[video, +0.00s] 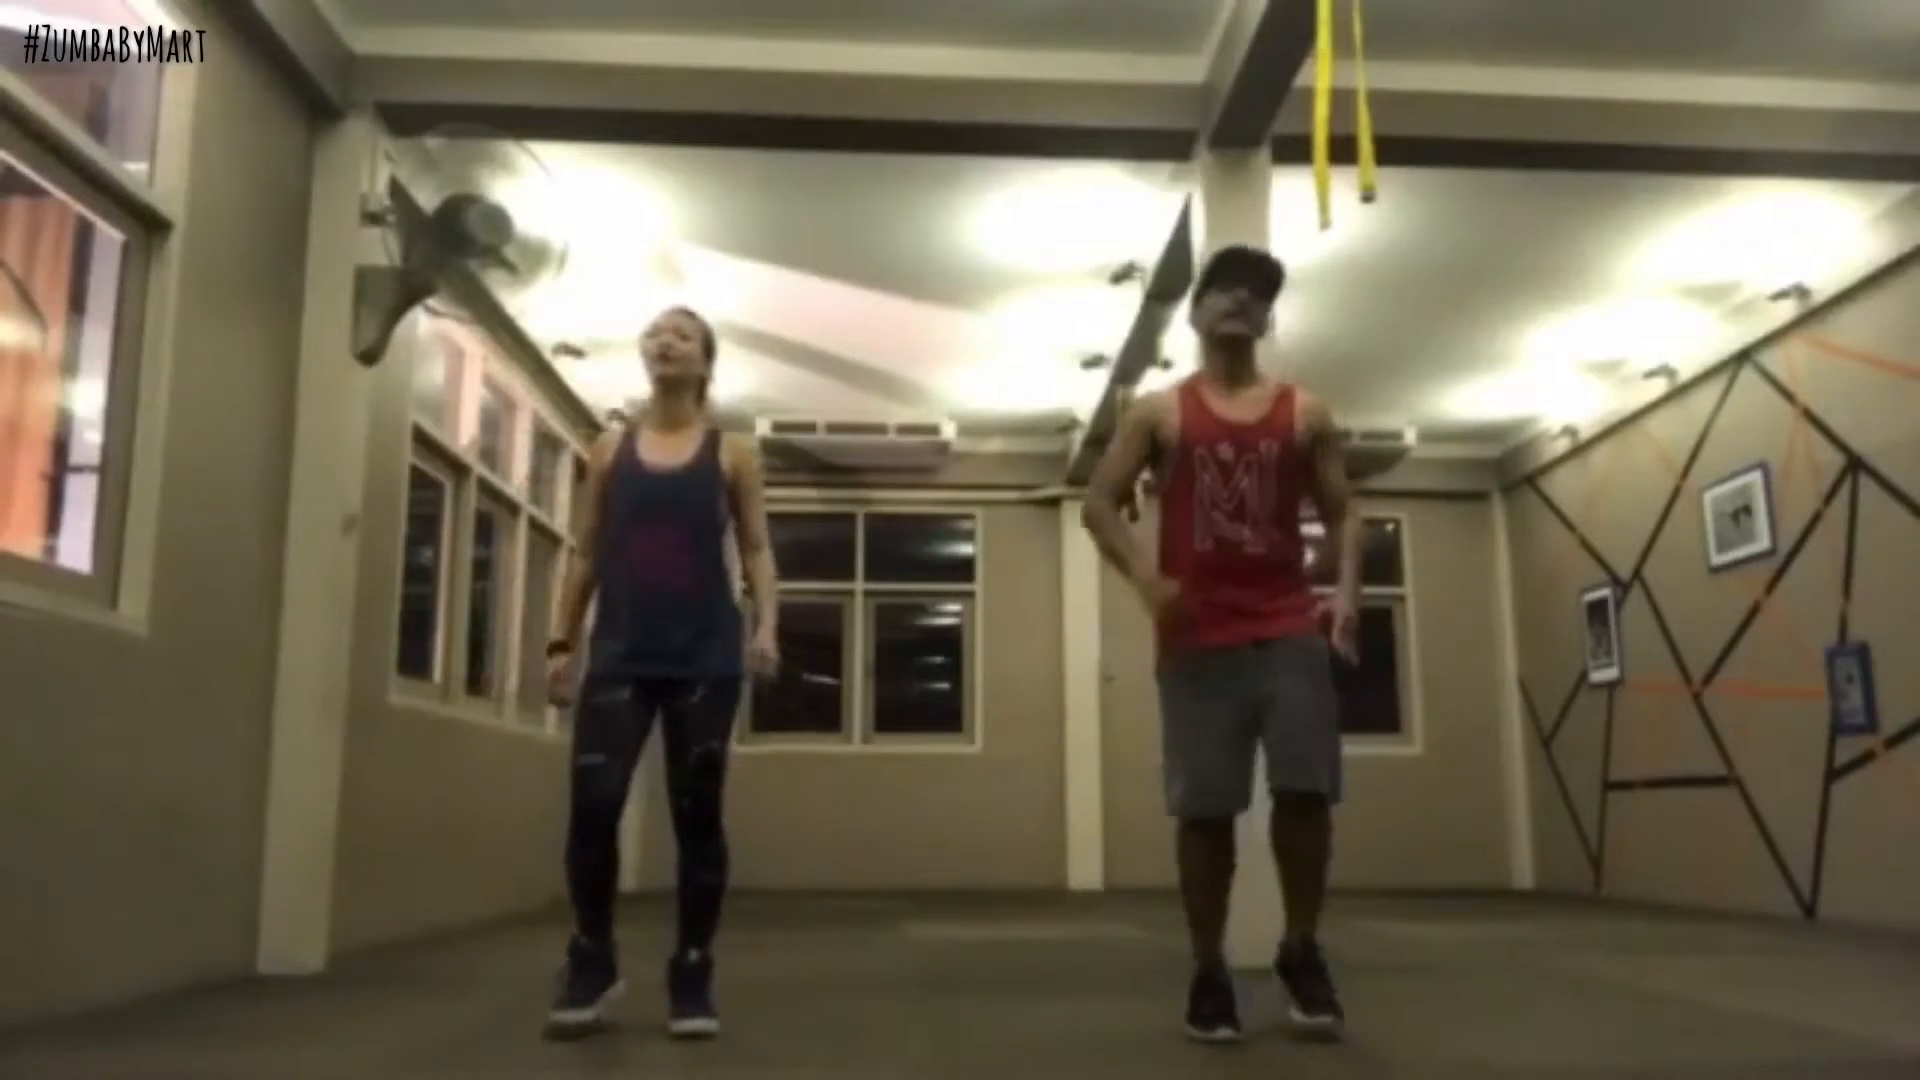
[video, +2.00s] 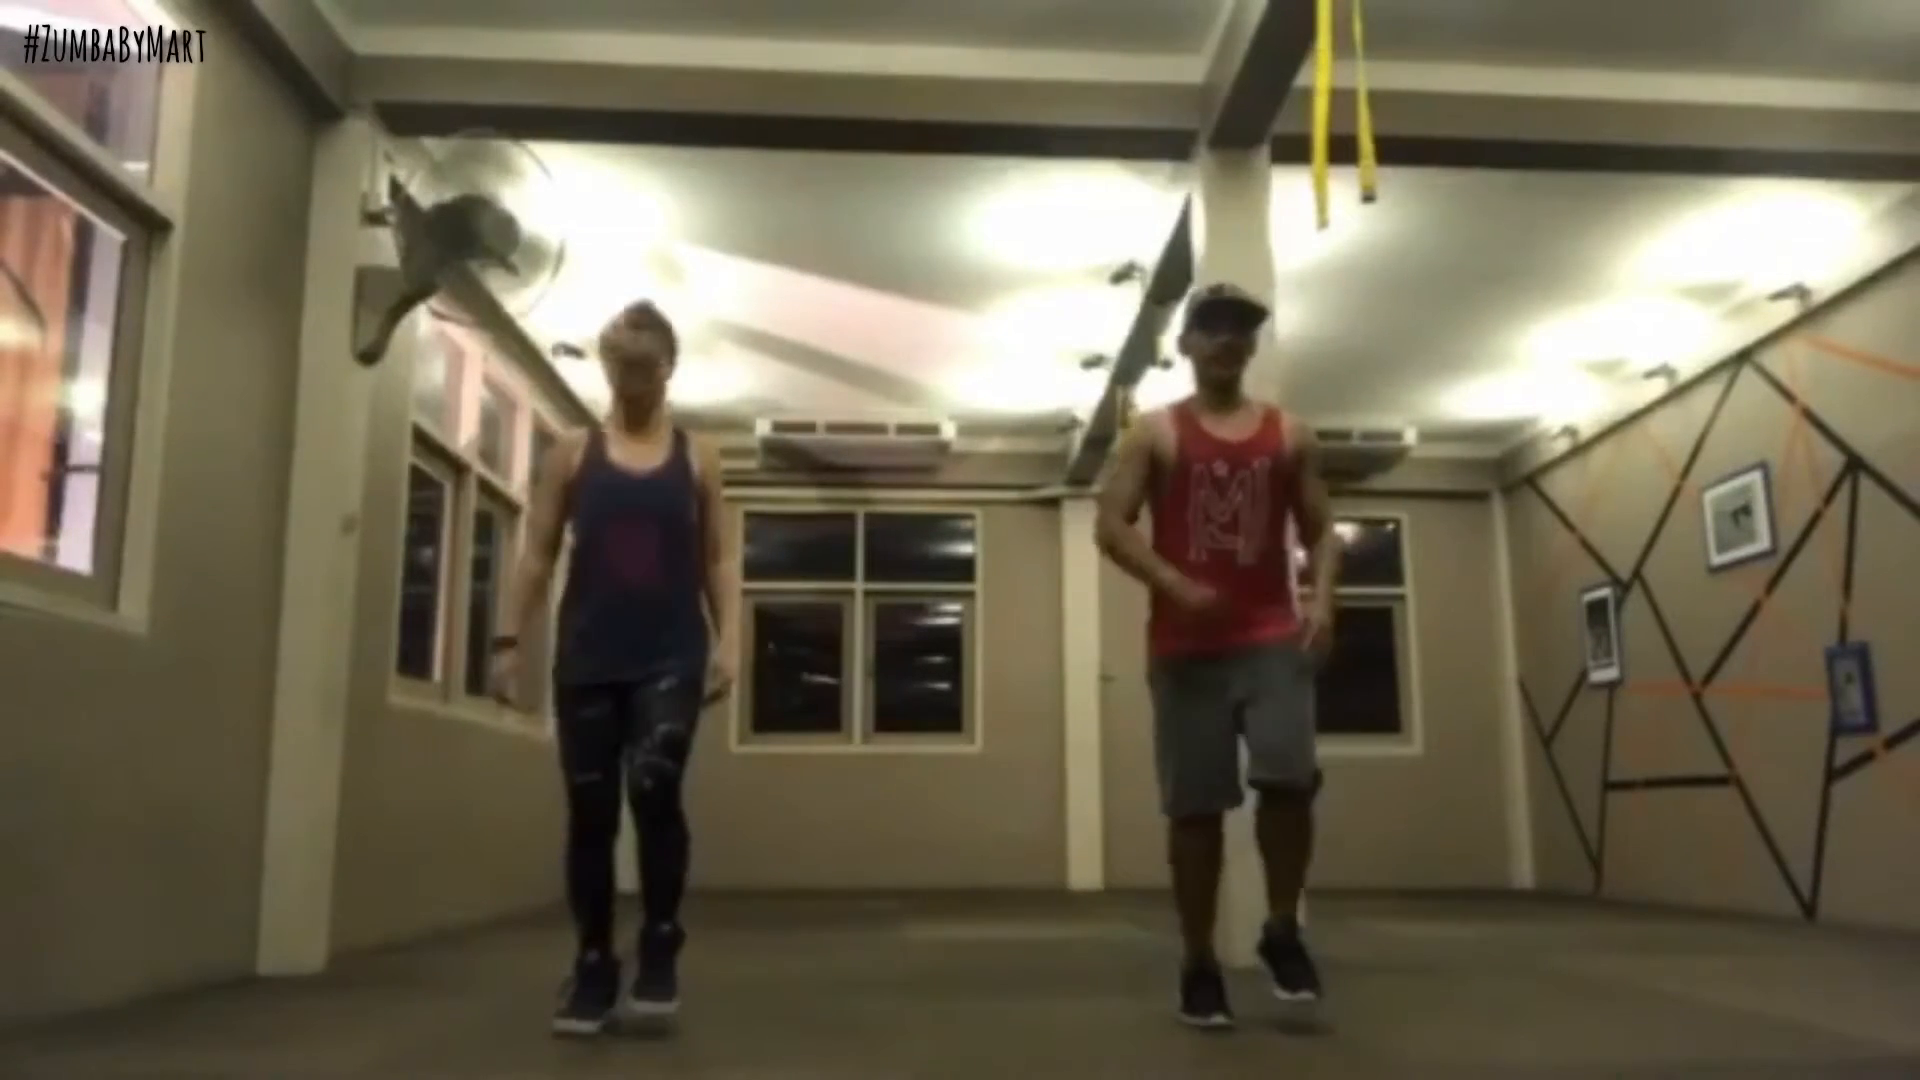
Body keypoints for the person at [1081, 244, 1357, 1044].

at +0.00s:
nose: (1235, 304)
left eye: (1250, 294)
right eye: (1221, 292)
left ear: (1269, 313)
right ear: (1195, 309)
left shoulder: (1304, 414)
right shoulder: (1159, 411)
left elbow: (1343, 511)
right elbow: (1100, 505)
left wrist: (1346, 592)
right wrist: (1147, 581)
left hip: (1292, 630)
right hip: (1199, 638)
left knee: (1305, 796)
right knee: (1205, 810)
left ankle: (1301, 951)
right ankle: (1209, 974)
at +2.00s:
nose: (1223, 344)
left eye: (1237, 332)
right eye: (1209, 332)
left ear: (1254, 343)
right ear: (1186, 342)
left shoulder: (1287, 434)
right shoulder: (1154, 433)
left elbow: (1321, 530)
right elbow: (1110, 527)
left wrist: (1320, 602)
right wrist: (1172, 582)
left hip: (1271, 639)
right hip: (1187, 647)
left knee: (1290, 784)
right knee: (1196, 808)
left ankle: (1284, 931)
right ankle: (1200, 965)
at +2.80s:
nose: (1232, 349)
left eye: (1244, 336)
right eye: (1218, 336)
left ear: (1264, 344)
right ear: (1194, 345)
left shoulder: (1294, 436)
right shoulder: (1159, 432)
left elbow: (1328, 532)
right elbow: (1094, 514)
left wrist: (1300, 549)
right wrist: (1126, 592)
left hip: (1278, 642)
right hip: (1200, 645)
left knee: (1280, 807)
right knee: (1208, 812)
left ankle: (1279, 964)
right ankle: (1199, 967)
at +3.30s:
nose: (1231, 328)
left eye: (1246, 318)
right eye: (1218, 315)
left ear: (1265, 335)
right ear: (1195, 329)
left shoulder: (1298, 429)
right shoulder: (1161, 432)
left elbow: (1346, 516)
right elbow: (1146, 535)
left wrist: (1354, 606)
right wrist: (1238, 576)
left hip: (1274, 649)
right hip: (1188, 653)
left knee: (1277, 815)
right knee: (1193, 816)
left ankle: (1282, 969)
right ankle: (1197, 967)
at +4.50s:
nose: (1238, 308)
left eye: (1252, 295)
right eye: (1223, 295)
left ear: (1271, 307)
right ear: (1199, 308)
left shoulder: (1302, 393)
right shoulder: (1166, 388)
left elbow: (1398, 434)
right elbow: (1068, 424)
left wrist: (1488, 452)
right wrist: (1086, 441)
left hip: (1270, 603)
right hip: (1189, 591)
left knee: (1251, 787)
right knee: (1202, 746)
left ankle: (1232, 952)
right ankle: (1171, 909)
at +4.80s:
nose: (1271, 336)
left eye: (1284, 323)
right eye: (1255, 322)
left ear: (1300, 333)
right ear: (1226, 333)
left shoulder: (1328, 424)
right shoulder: (1207, 412)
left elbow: (1434, 460)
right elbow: (1108, 431)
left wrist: (1423, 427)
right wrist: (1007, 437)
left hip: (1300, 633)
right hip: (1214, 635)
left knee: (1364, 771)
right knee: (1203, 808)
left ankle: (1271, 913)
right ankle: (1178, 984)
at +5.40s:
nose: (1357, 324)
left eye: (1370, 310)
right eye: (1341, 310)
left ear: (1386, 315)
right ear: (1312, 319)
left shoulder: (1422, 391)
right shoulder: (1289, 403)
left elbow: (1525, 399)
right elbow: (1201, 431)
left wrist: (1587, 400)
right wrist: (1117, 445)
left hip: (1417, 622)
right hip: (1321, 622)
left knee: (1473, 799)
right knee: (1298, 767)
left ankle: (1520, 963)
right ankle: (1280, 902)